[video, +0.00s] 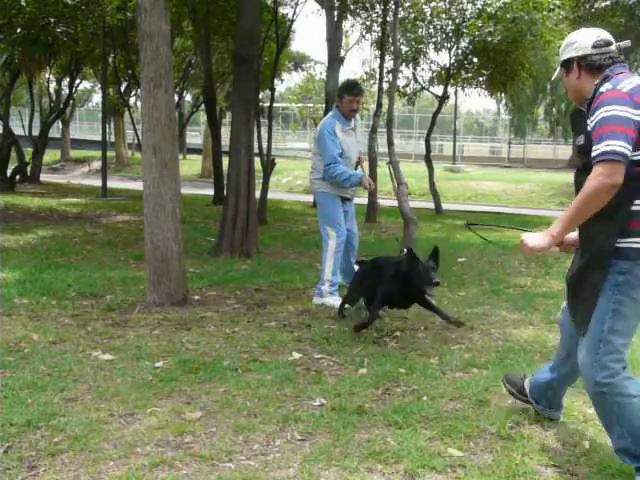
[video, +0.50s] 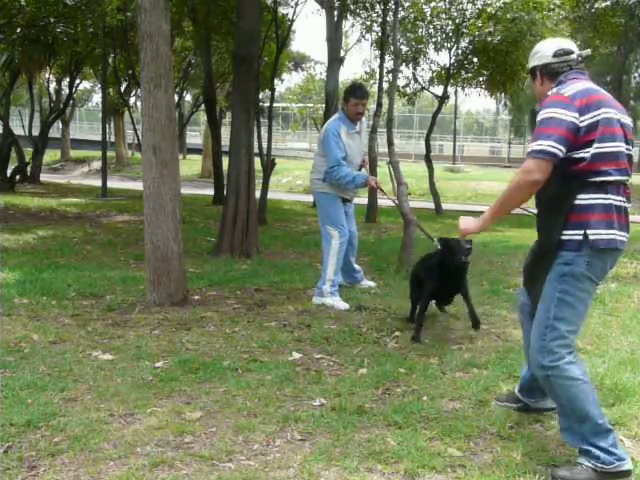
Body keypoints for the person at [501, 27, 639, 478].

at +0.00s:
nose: (564, 86)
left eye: (565, 76)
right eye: (564, 77)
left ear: (582, 70)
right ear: (595, 66)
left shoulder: (615, 98)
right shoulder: (616, 94)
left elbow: (608, 176)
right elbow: (619, 184)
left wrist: (552, 233)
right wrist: (581, 235)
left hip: (627, 251)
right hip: (608, 248)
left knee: (601, 364)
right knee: (575, 321)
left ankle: (635, 458)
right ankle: (546, 394)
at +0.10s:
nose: (554, 89)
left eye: (555, 79)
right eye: (554, 80)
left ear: (570, 74)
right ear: (586, 71)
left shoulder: (604, 104)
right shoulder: (611, 99)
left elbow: (599, 182)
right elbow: (604, 180)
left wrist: (544, 233)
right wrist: (564, 232)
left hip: (616, 248)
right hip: (596, 244)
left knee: (591, 364)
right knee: (558, 315)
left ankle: (638, 459)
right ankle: (543, 399)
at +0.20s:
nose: (547, 90)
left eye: (547, 80)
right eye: (546, 81)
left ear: (561, 74)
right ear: (579, 71)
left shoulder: (590, 103)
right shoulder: (602, 97)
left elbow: (592, 178)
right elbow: (600, 178)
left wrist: (540, 235)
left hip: (603, 242)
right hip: (587, 237)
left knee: (568, 348)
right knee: (540, 312)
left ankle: (636, 450)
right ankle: (540, 399)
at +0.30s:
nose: (539, 89)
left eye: (539, 79)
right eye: (537, 80)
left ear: (553, 74)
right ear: (570, 69)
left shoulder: (578, 99)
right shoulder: (597, 92)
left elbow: (578, 175)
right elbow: (604, 173)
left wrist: (531, 233)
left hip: (594, 235)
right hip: (593, 231)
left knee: (549, 340)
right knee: (539, 308)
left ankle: (620, 450)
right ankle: (539, 398)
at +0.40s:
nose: (536, 89)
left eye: (535, 80)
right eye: (535, 81)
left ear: (547, 74)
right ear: (571, 68)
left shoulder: (570, 96)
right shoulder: (596, 92)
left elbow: (557, 173)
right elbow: (614, 170)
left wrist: (508, 227)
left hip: (592, 235)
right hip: (595, 231)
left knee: (550, 346)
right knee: (537, 307)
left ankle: (605, 457)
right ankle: (540, 396)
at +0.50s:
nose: (533, 90)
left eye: (532, 81)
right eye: (533, 82)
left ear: (544, 76)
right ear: (574, 70)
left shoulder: (565, 97)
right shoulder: (608, 101)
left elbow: (534, 174)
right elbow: (625, 171)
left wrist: (484, 221)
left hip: (585, 236)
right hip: (598, 231)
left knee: (551, 348)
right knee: (531, 301)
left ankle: (605, 456)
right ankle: (535, 391)